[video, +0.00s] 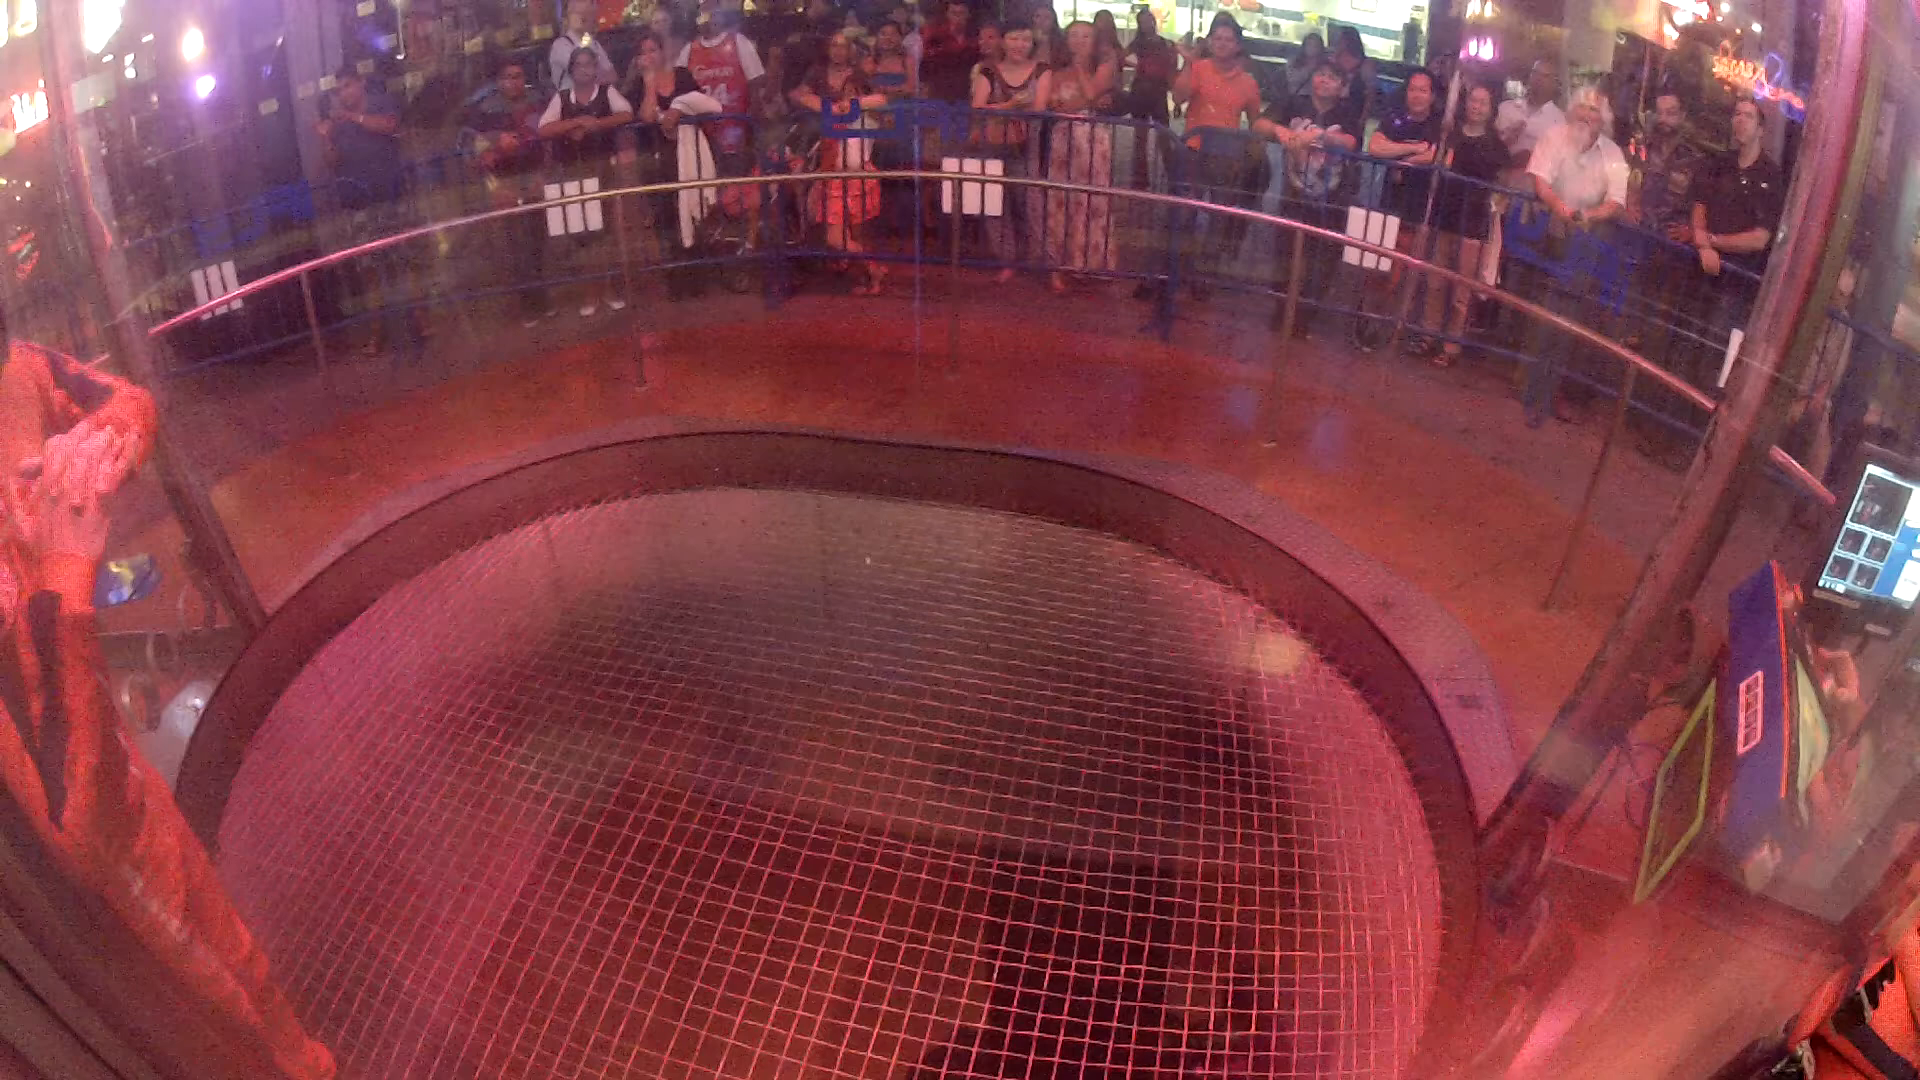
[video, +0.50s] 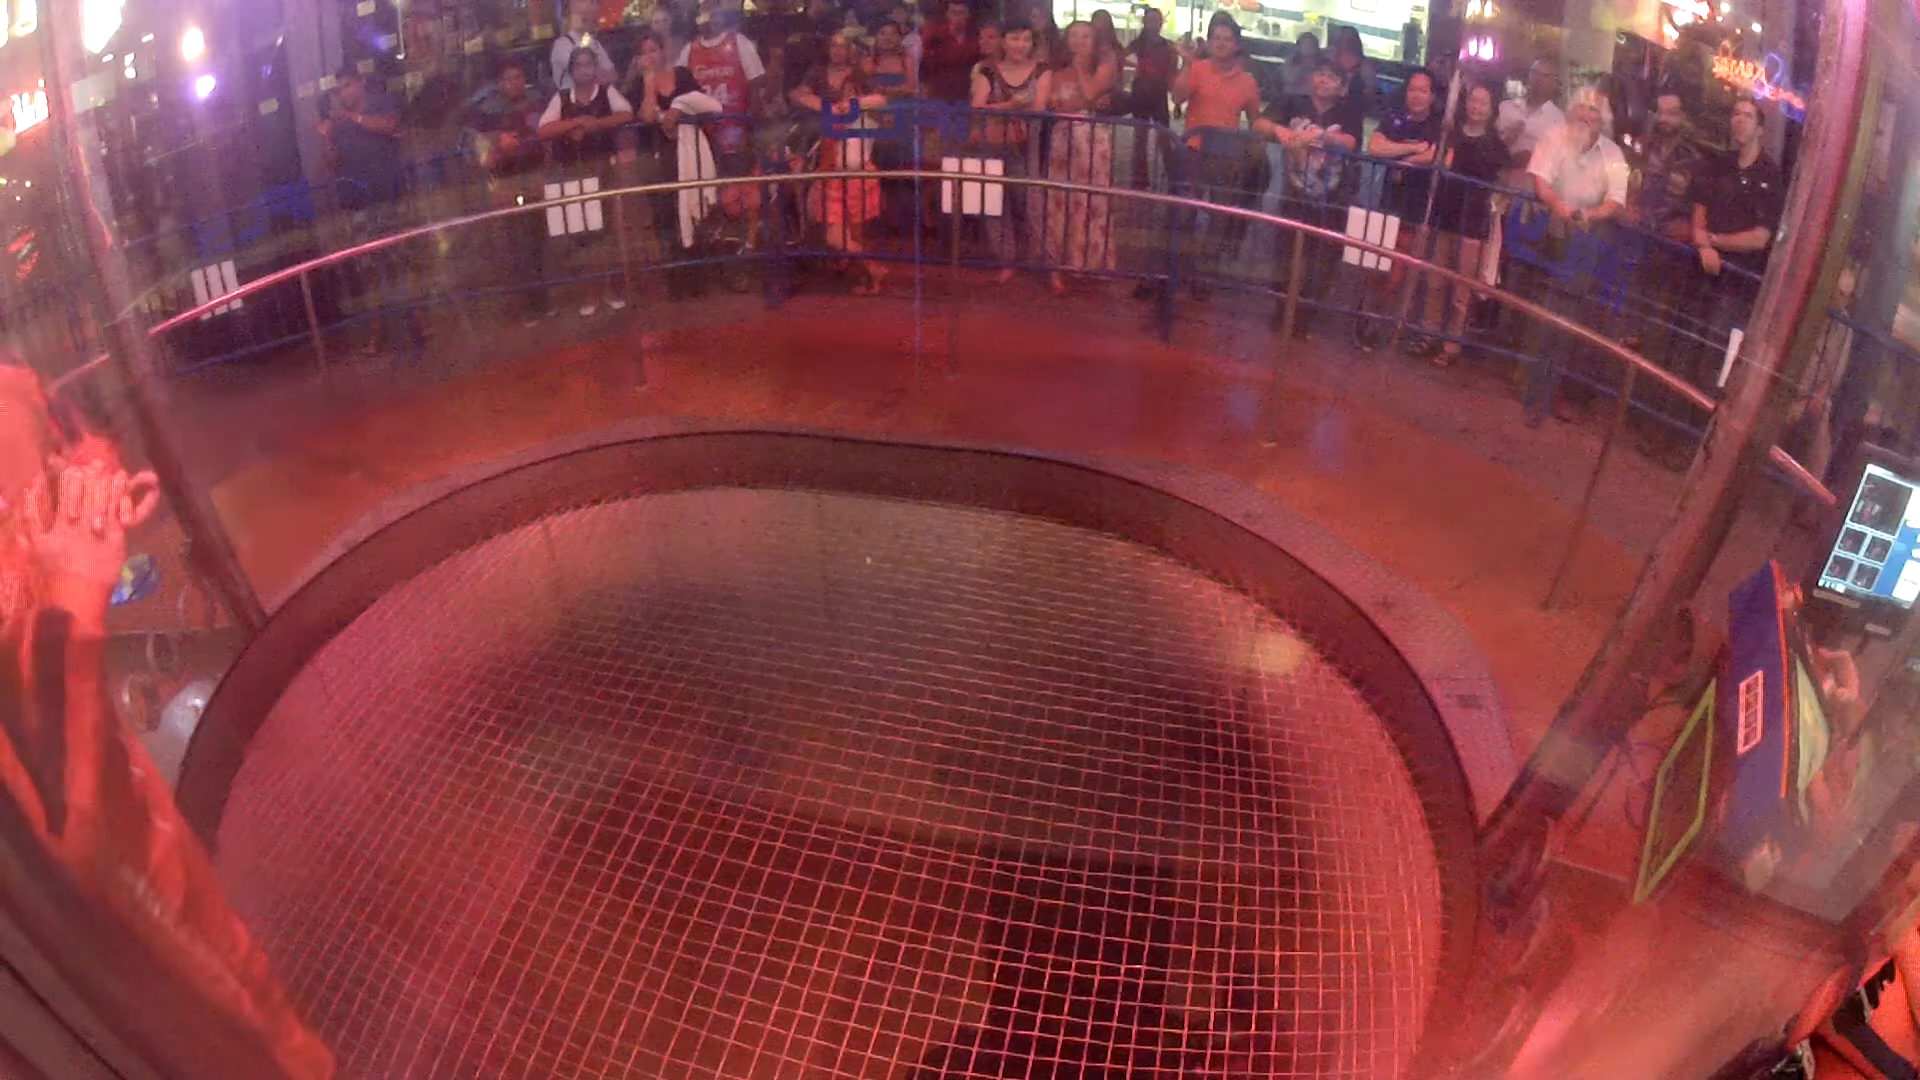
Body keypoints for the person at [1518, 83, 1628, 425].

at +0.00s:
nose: (1587, 117)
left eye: (1594, 112)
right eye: (1583, 110)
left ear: (1604, 118)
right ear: (1571, 111)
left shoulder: (1612, 153)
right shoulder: (1556, 136)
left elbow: (1616, 202)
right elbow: (1540, 181)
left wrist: (1589, 215)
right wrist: (1560, 209)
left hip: (1587, 235)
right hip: (1551, 226)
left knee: (1571, 310)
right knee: (1543, 305)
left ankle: (1550, 390)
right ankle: (1532, 388)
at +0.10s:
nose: (1586, 121)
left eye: (1593, 116)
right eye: (1581, 114)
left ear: (1603, 121)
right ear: (1570, 113)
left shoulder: (1613, 153)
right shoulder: (1556, 137)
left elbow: (1617, 201)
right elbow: (1540, 182)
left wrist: (1590, 215)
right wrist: (1561, 209)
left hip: (1586, 236)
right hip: (1550, 227)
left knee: (1571, 311)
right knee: (1542, 306)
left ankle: (1550, 391)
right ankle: (1532, 388)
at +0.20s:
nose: (1586, 118)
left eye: (1593, 113)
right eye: (1582, 110)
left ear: (1604, 119)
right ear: (1571, 111)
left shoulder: (1612, 153)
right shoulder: (1556, 137)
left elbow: (1616, 202)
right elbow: (1540, 182)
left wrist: (1590, 215)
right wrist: (1560, 208)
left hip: (1586, 237)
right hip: (1550, 228)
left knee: (1570, 311)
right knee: (1542, 307)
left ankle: (1550, 391)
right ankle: (1532, 390)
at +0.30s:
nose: (1586, 118)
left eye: (1593, 113)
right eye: (1581, 110)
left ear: (1604, 119)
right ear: (1570, 111)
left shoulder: (1612, 152)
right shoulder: (1556, 137)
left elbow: (1616, 202)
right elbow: (1540, 182)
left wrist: (1589, 215)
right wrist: (1561, 210)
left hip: (1588, 234)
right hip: (1552, 225)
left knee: (1571, 309)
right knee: (1543, 304)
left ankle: (1550, 390)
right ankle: (1532, 388)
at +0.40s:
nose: (1586, 118)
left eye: (1593, 114)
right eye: (1582, 111)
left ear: (1604, 119)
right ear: (1570, 112)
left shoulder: (1612, 153)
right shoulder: (1556, 137)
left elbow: (1616, 201)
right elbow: (1540, 181)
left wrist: (1590, 215)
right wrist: (1560, 210)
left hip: (1588, 235)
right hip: (1552, 225)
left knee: (1571, 309)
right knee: (1543, 305)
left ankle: (1549, 390)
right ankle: (1532, 390)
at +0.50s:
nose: (1586, 118)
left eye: (1593, 114)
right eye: (1581, 111)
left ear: (1603, 120)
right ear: (1571, 112)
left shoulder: (1613, 153)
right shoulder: (1556, 137)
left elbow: (1616, 201)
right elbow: (1540, 181)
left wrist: (1590, 215)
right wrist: (1559, 208)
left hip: (1585, 235)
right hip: (1549, 225)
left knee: (1570, 308)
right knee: (1542, 304)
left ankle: (1550, 388)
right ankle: (1532, 388)